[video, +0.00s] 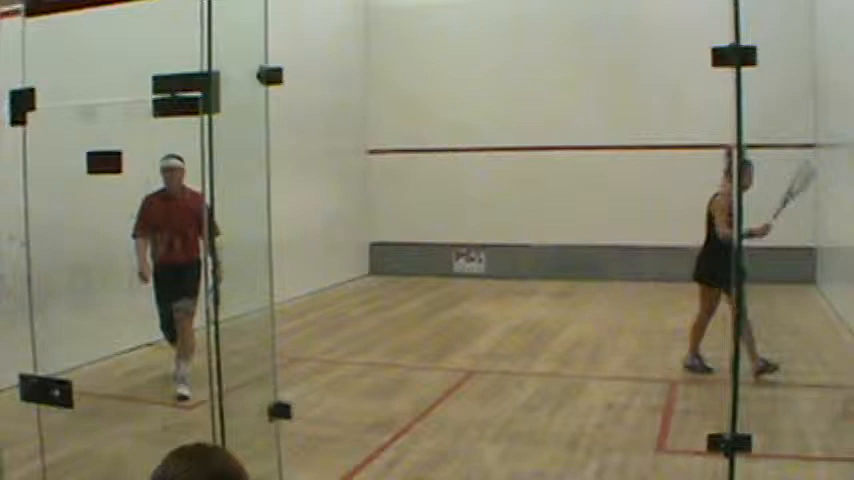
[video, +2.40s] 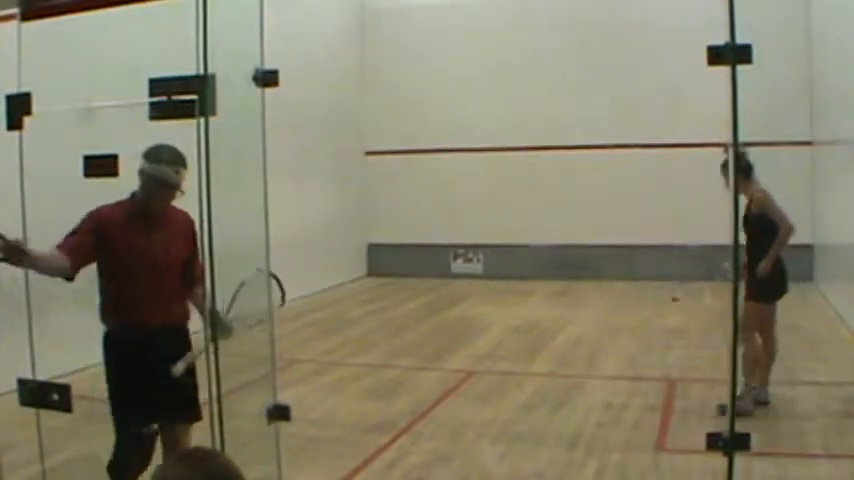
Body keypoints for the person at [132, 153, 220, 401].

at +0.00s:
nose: (171, 177)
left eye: (176, 171)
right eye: (167, 172)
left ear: (184, 173)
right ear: (161, 175)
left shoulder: (196, 201)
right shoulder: (151, 203)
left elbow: (209, 235)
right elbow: (141, 235)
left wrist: (214, 265)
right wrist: (143, 264)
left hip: (190, 264)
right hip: (163, 266)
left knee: (184, 316)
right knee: (168, 324)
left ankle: (183, 375)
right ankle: (183, 352)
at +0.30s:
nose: (162, 173)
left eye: (167, 167)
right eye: (158, 168)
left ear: (177, 169)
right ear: (153, 170)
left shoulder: (192, 200)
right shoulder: (143, 199)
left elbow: (204, 235)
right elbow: (133, 236)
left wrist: (208, 266)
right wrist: (125, 267)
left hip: (181, 267)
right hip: (153, 269)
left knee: (181, 325)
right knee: (147, 331)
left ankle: (181, 380)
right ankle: (160, 370)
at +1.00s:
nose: (130, 182)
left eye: (135, 176)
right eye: (125, 177)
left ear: (144, 177)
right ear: (118, 178)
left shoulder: (160, 209)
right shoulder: (105, 210)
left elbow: (174, 251)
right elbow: (89, 246)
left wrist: (184, 287)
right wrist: (74, 270)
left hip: (152, 290)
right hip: (119, 291)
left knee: (149, 353)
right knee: (126, 355)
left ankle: (153, 413)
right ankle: (139, 409)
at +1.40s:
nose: (126, 179)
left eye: (133, 173)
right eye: (122, 172)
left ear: (145, 174)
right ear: (115, 174)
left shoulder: (160, 210)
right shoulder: (100, 210)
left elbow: (177, 256)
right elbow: (90, 258)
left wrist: (182, 295)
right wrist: (84, 296)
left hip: (148, 301)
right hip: (110, 302)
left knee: (146, 373)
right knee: (107, 376)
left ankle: (146, 441)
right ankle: (115, 447)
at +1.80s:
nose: (119, 183)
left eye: (126, 177)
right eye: (114, 176)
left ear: (137, 178)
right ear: (103, 178)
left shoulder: (152, 216)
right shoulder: (86, 221)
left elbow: (168, 266)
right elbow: (58, 269)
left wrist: (174, 300)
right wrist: (32, 306)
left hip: (143, 318)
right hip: (102, 320)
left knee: (149, 396)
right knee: (107, 399)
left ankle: (147, 459)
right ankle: (116, 472)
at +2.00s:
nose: (128, 181)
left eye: (136, 175)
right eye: (122, 174)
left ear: (147, 178)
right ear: (110, 174)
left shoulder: (159, 219)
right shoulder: (88, 219)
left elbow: (175, 272)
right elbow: (39, 258)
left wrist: (187, 300)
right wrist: (5, 266)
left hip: (149, 328)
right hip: (105, 330)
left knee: (156, 413)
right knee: (108, 415)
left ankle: (162, 475)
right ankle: (116, 473)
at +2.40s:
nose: (169, 195)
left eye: (174, 188)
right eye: (162, 185)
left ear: (180, 187)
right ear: (143, 179)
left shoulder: (183, 225)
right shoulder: (107, 221)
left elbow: (194, 284)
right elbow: (66, 263)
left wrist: (212, 317)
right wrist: (28, 258)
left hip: (173, 338)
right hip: (126, 342)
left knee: (178, 435)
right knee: (136, 445)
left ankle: (177, 479)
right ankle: (121, 476)